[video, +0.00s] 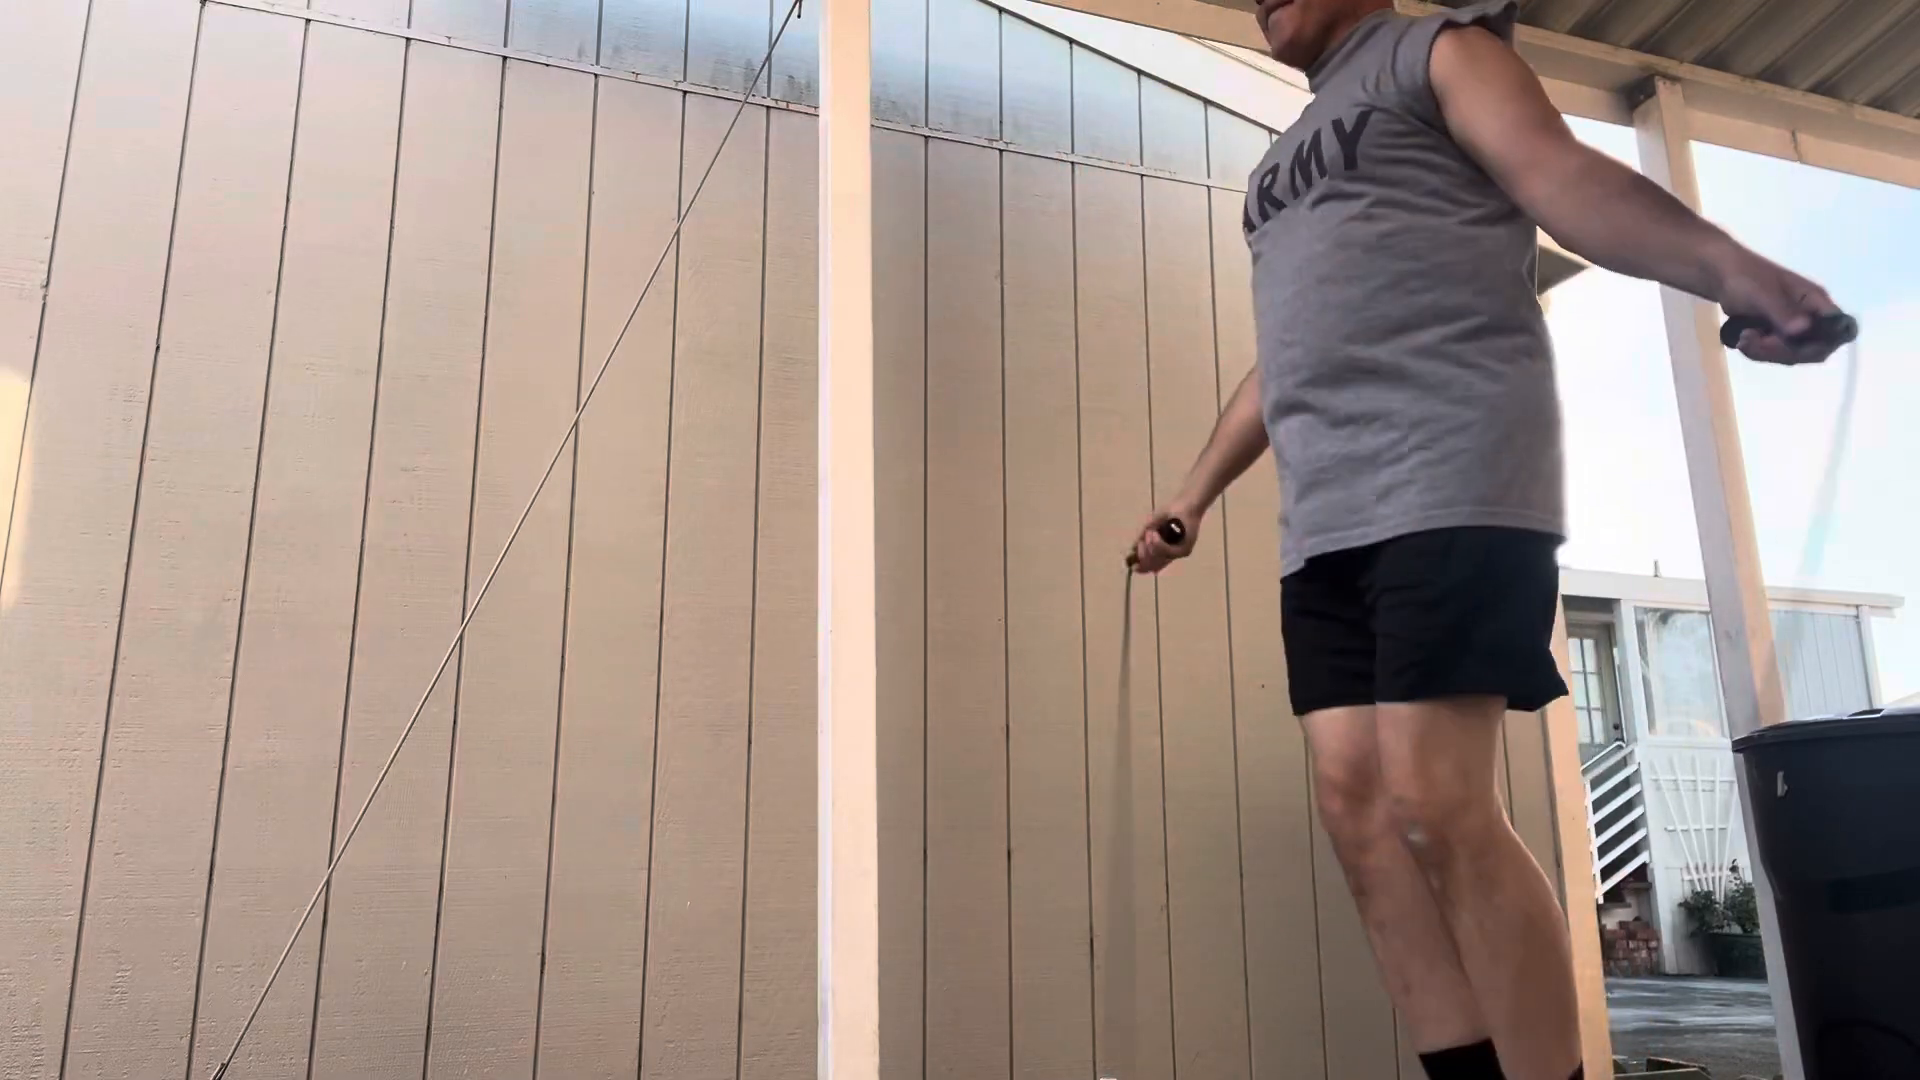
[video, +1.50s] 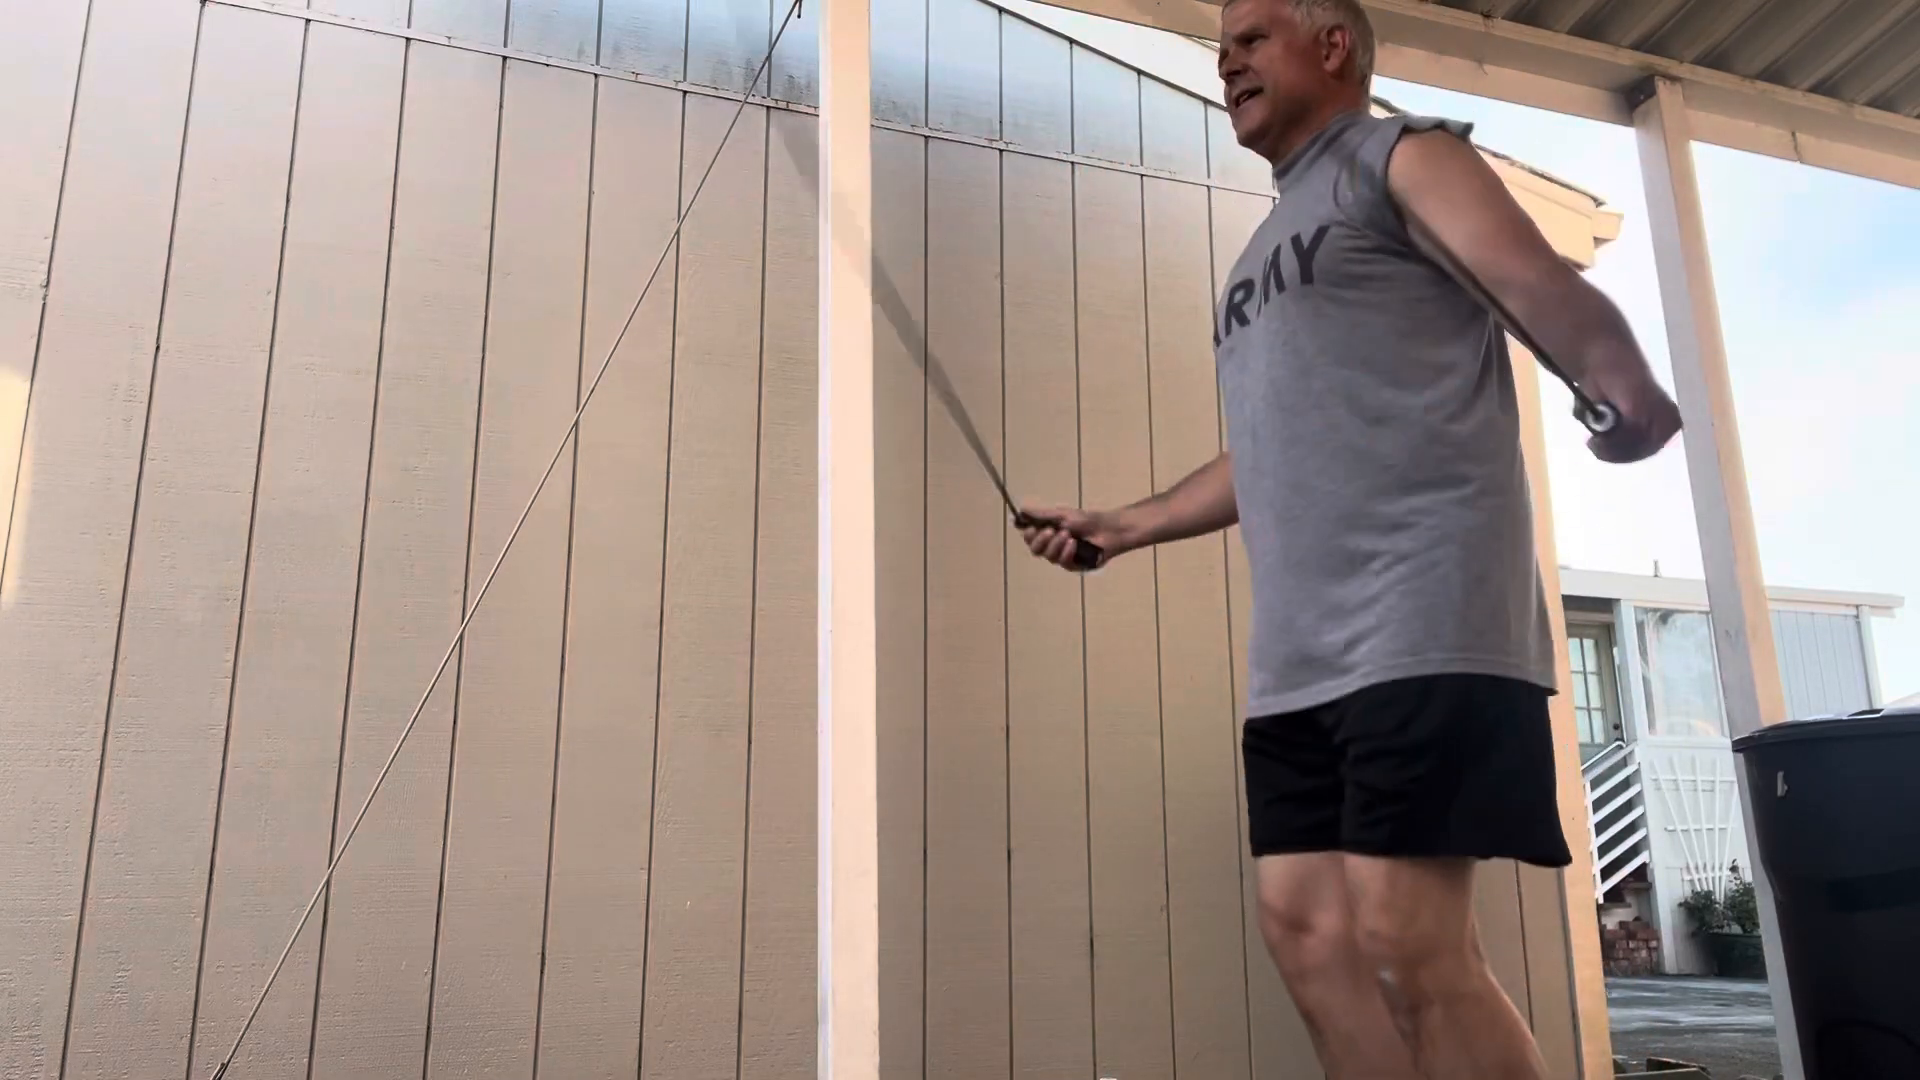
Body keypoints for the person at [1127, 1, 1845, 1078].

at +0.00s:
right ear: (1274, 23)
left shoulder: (1440, 49)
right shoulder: (1280, 163)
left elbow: (1562, 179)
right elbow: (1287, 359)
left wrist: (1729, 264)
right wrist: (1193, 492)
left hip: (1457, 465)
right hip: (1324, 498)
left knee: (1439, 800)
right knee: (1355, 807)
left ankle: (1546, 1072)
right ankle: (1467, 1070)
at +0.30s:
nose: (1260, 38)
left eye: (1285, 12)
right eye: (1253, 27)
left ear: (1365, 15)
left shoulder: (1438, 120)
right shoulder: (1282, 226)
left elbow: (1536, 247)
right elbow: (1279, 413)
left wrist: (1635, 335)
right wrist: (1168, 543)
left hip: (1444, 570)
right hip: (1311, 598)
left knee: (1461, 896)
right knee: (1356, 896)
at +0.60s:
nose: (1224, 36)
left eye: (1247, 10)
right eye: (1219, 25)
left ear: (1332, 16)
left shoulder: (1406, 107)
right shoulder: (1250, 227)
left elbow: (1538, 237)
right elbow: (1268, 416)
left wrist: (1632, 270)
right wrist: (1134, 461)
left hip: (1436, 555)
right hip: (1298, 584)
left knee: (1422, 879)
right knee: (1333, 884)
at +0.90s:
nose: (1215, 5)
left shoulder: (1397, 47)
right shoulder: (1247, 166)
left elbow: (1522, 173)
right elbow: (1270, 358)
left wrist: (1673, 231)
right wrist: (1175, 466)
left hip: (1412, 498)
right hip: (1282, 527)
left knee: (1413, 826)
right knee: (1334, 828)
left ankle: (1494, 1073)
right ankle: (1414, 1069)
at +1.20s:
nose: (1227, 10)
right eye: (1225, 4)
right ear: (1243, 30)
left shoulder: (1401, 83)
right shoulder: (1248, 194)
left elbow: (1505, 213)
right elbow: (1251, 394)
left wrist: (1630, 316)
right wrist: (1150, 521)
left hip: (1407, 539)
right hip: (1283, 562)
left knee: (1423, 860)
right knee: (1341, 863)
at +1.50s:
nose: (1227, 62)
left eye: (1251, 36)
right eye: (1221, 49)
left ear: (1333, 44)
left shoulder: (1402, 155)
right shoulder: (1255, 261)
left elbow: (1533, 278)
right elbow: (1262, 459)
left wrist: (1632, 391)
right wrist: (1115, 528)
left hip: (1426, 607)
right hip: (1296, 633)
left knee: (1412, 936)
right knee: (1306, 927)